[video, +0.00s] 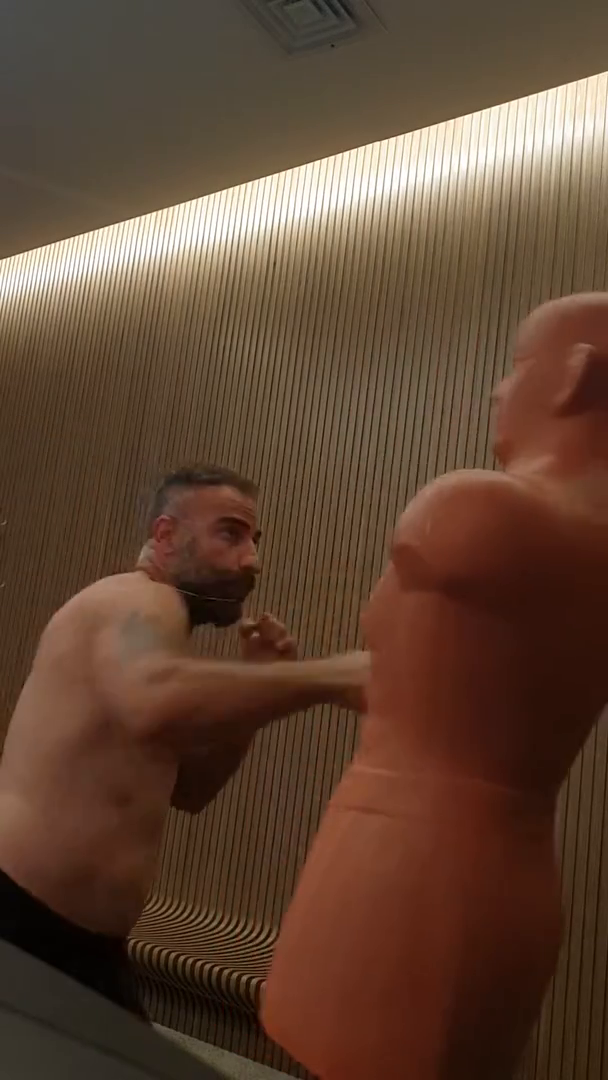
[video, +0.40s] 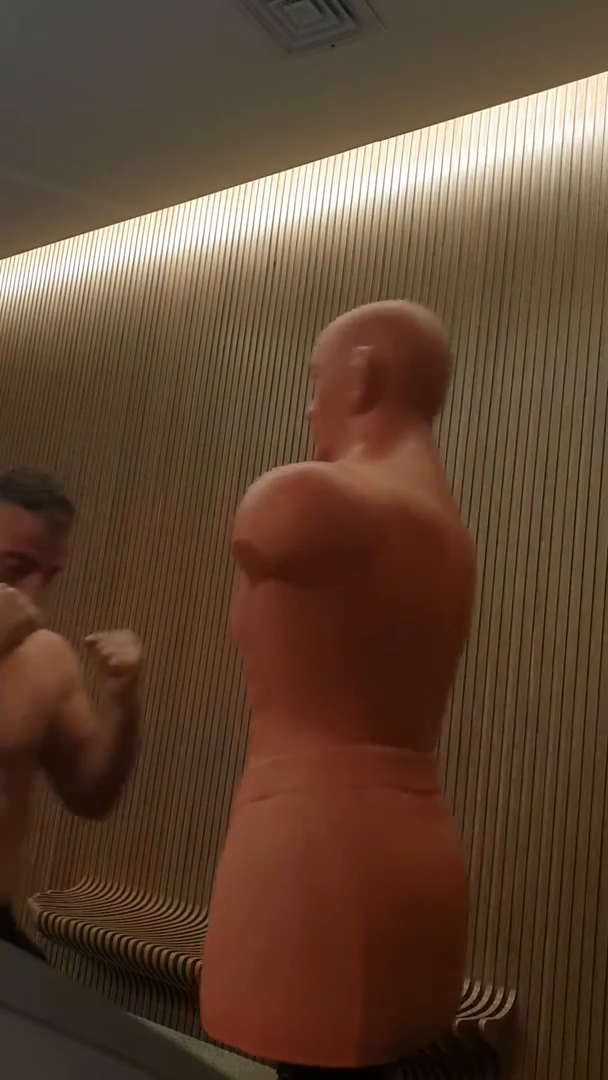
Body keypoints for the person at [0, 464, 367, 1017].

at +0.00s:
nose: (251, 557)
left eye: (254, 540)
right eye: (229, 533)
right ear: (165, 537)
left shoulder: (153, 624)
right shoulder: (138, 600)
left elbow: (192, 791)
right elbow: (150, 698)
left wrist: (253, 682)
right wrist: (329, 678)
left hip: (96, 952)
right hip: (27, 936)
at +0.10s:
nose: (226, 552)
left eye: (233, 536)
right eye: (204, 527)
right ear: (141, 526)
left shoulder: (175, 646)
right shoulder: (77, 603)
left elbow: (236, 766)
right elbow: (78, 718)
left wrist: (279, 659)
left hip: (101, 947)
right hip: (21, 935)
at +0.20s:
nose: (162, 550)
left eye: (177, 535)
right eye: (144, 526)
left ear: (188, 544)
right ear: (83, 522)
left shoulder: (165, 646)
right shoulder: (13, 610)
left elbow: (243, 750)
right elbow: (16, 724)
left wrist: (253, 620)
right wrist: (141, 601)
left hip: (91, 940)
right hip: (6, 930)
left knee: (121, 1069)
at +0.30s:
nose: (93, 572)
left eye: (109, 557)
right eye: (75, 548)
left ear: (121, 556)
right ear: (16, 533)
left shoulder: (111, 648)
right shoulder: (6, 637)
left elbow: (183, 770)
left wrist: (186, 651)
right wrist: (50, 618)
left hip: (46, 939)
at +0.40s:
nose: (33, 590)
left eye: (50, 575)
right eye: (19, 566)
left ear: (61, 572)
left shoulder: (45, 658)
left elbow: (91, 798)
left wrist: (125, 700)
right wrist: (2, 644)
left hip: (3, 921)